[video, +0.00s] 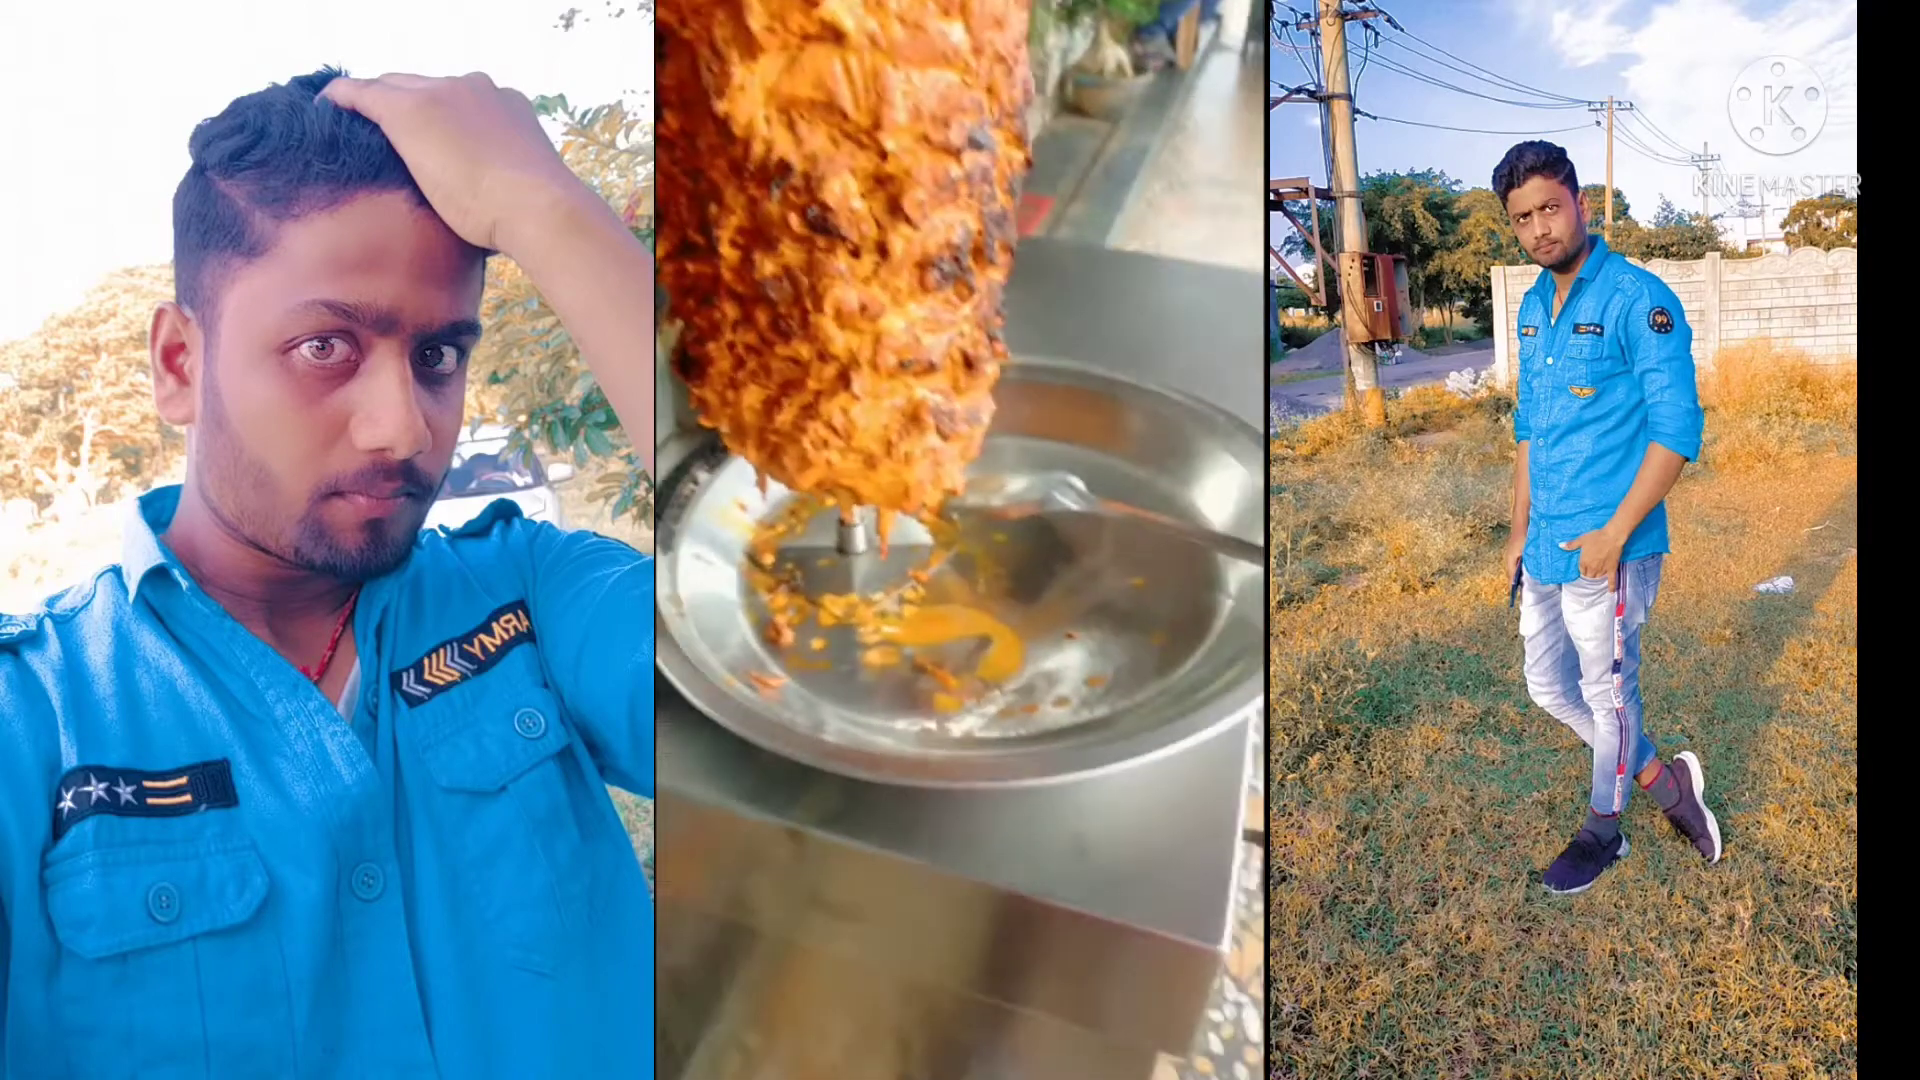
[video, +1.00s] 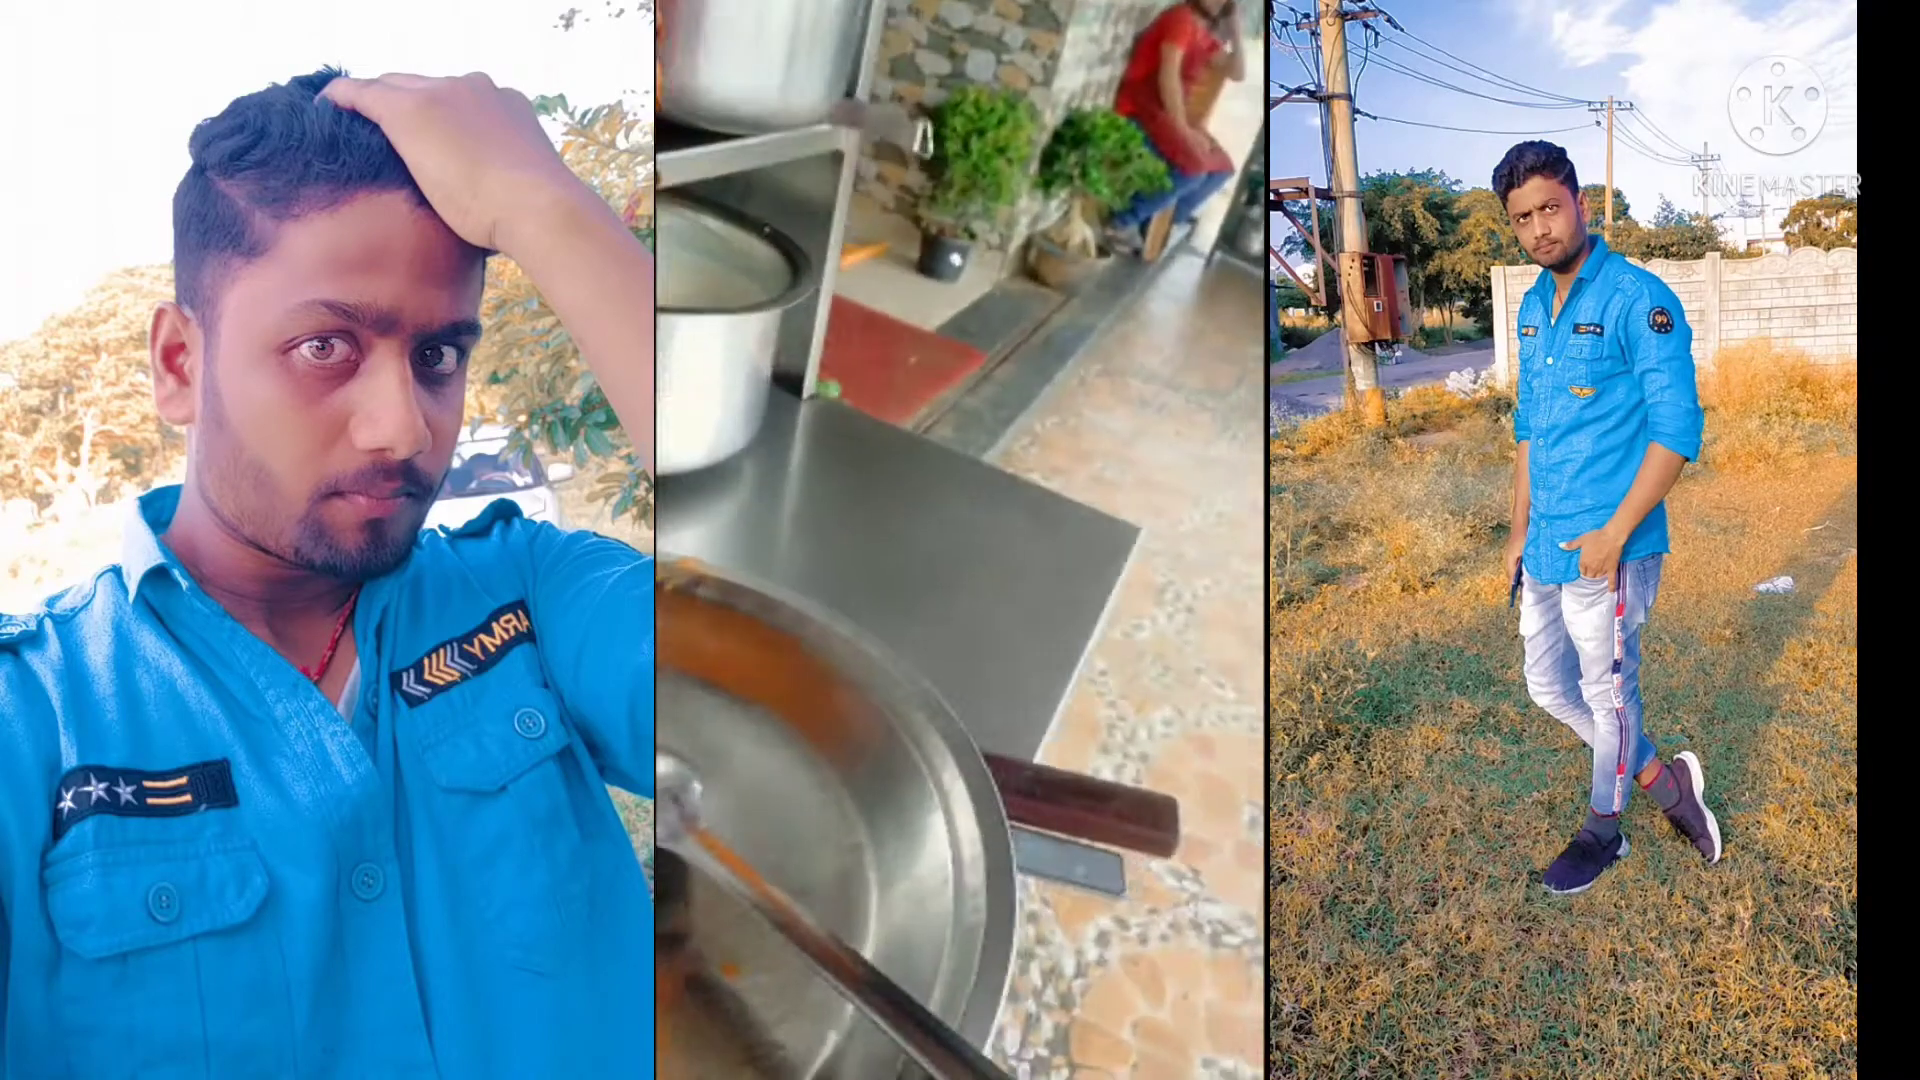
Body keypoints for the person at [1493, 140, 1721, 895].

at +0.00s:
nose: (1537, 229)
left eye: (1548, 209)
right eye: (1522, 219)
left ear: (1582, 202)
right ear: (1513, 228)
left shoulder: (1640, 298)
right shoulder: (1534, 307)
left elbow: (1678, 432)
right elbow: (1529, 431)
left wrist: (1615, 533)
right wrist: (1519, 529)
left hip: (1611, 537)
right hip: (1544, 538)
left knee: (1609, 689)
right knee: (1549, 684)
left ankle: (1602, 828)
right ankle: (1665, 778)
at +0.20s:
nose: (1538, 229)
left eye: (1549, 208)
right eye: (1522, 219)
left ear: (1582, 203)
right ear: (1513, 228)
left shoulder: (1640, 298)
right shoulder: (1534, 307)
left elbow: (1678, 431)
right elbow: (1529, 431)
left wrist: (1615, 533)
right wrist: (1520, 529)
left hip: (1611, 537)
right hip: (1544, 538)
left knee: (1610, 690)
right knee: (1549, 684)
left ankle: (1602, 828)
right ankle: (1665, 779)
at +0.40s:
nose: (1538, 229)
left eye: (1549, 208)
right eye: (1522, 219)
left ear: (1582, 203)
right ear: (1513, 228)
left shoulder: (1640, 298)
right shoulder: (1534, 307)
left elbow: (1678, 431)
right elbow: (1529, 431)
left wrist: (1615, 533)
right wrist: (1520, 529)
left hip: (1611, 537)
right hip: (1544, 538)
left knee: (1610, 690)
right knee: (1549, 684)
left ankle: (1602, 828)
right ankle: (1665, 779)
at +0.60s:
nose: (1537, 229)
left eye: (1548, 208)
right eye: (1522, 219)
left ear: (1582, 202)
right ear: (1513, 228)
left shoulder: (1641, 299)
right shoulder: (1534, 307)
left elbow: (1678, 432)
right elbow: (1529, 431)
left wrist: (1615, 533)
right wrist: (1520, 528)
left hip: (1611, 536)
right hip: (1544, 538)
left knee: (1609, 690)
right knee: (1549, 685)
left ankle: (1602, 827)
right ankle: (1665, 778)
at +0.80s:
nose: (1537, 229)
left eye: (1548, 208)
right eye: (1522, 219)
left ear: (1582, 202)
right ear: (1513, 228)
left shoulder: (1641, 298)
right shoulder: (1534, 306)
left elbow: (1678, 432)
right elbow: (1529, 431)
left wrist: (1616, 532)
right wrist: (1520, 528)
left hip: (1611, 537)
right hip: (1544, 538)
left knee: (1609, 690)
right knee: (1549, 684)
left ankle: (1602, 828)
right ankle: (1665, 777)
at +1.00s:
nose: (1537, 229)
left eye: (1548, 208)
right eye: (1522, 219)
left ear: (1582, 202)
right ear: (1513, 228)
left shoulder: (1641, 298)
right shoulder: (1534, 306)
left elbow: (1678, 432)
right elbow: (1529, 431)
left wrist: (1616, 532)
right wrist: (1520, 528)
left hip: (1611, 537)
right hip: (1544, 538)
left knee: (1609, 690)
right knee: (1549, 684)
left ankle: (1602, 828)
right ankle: (1665, 777)